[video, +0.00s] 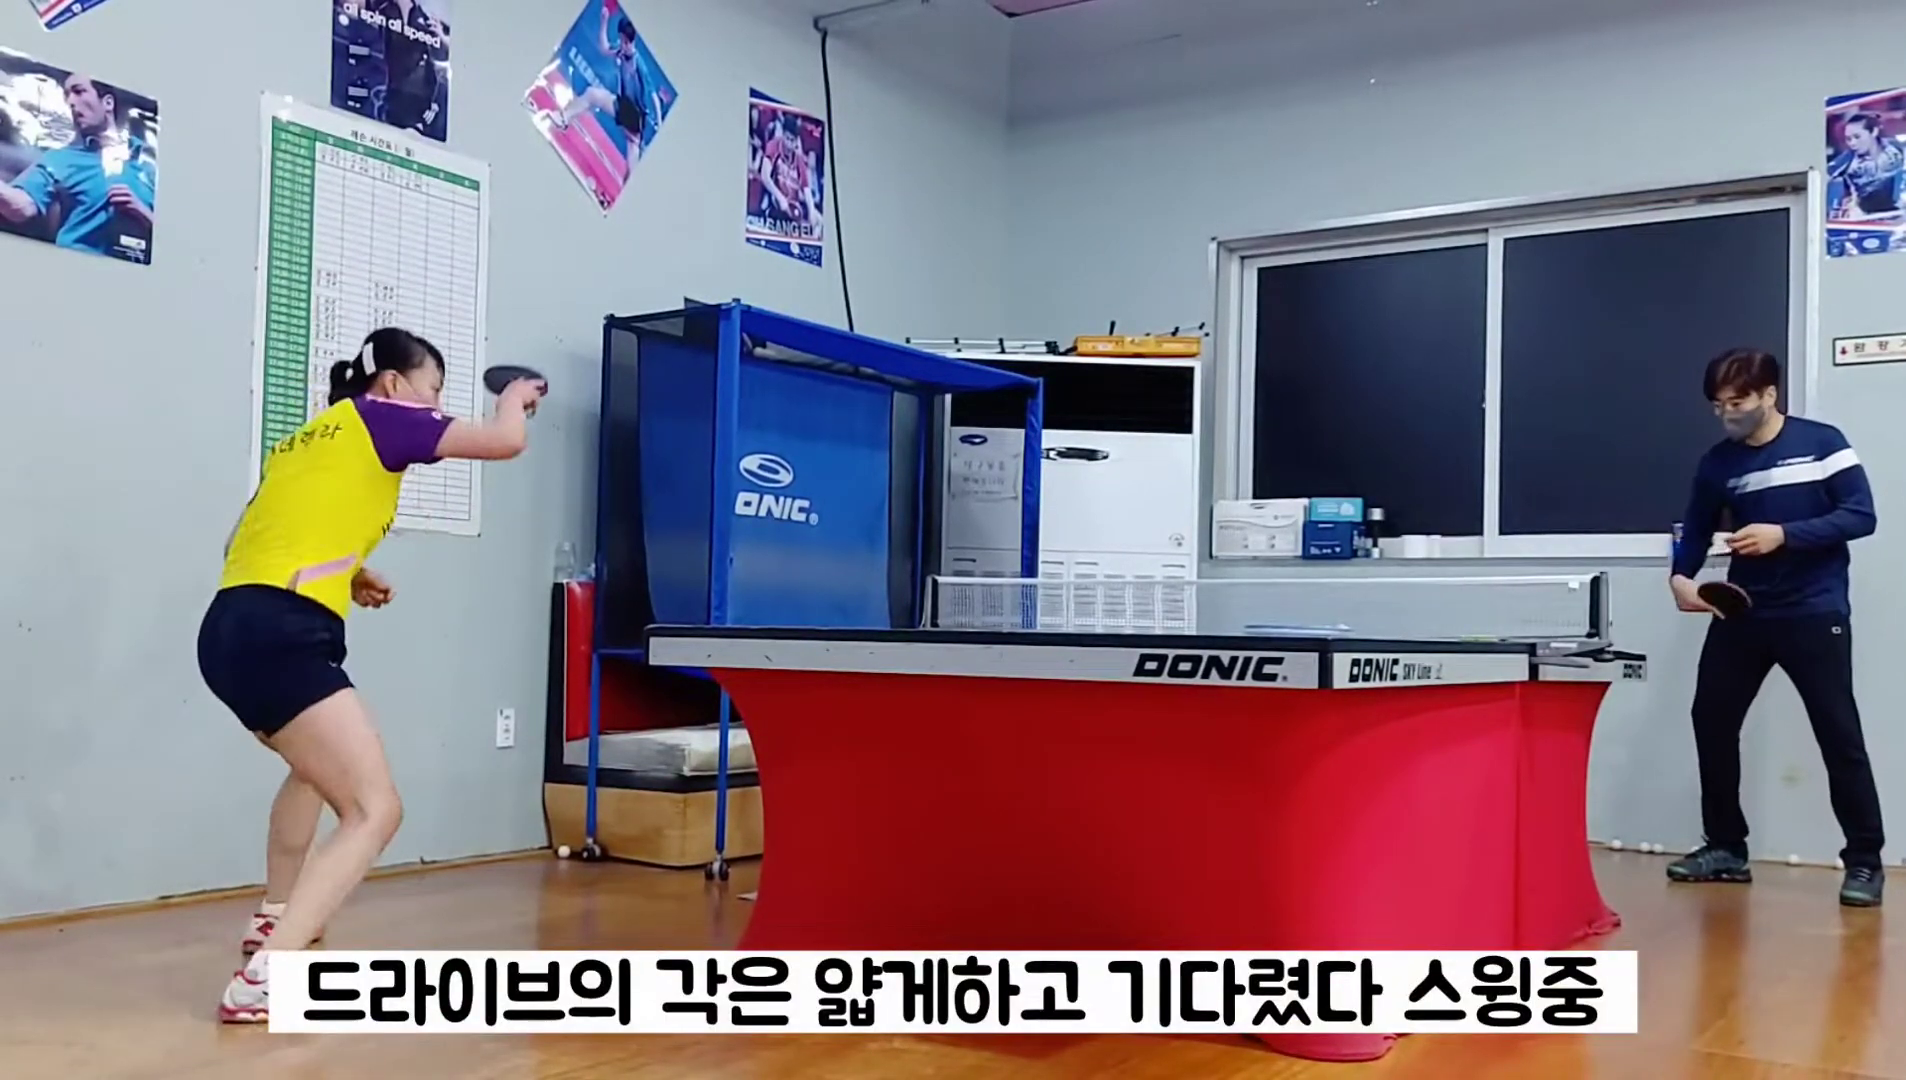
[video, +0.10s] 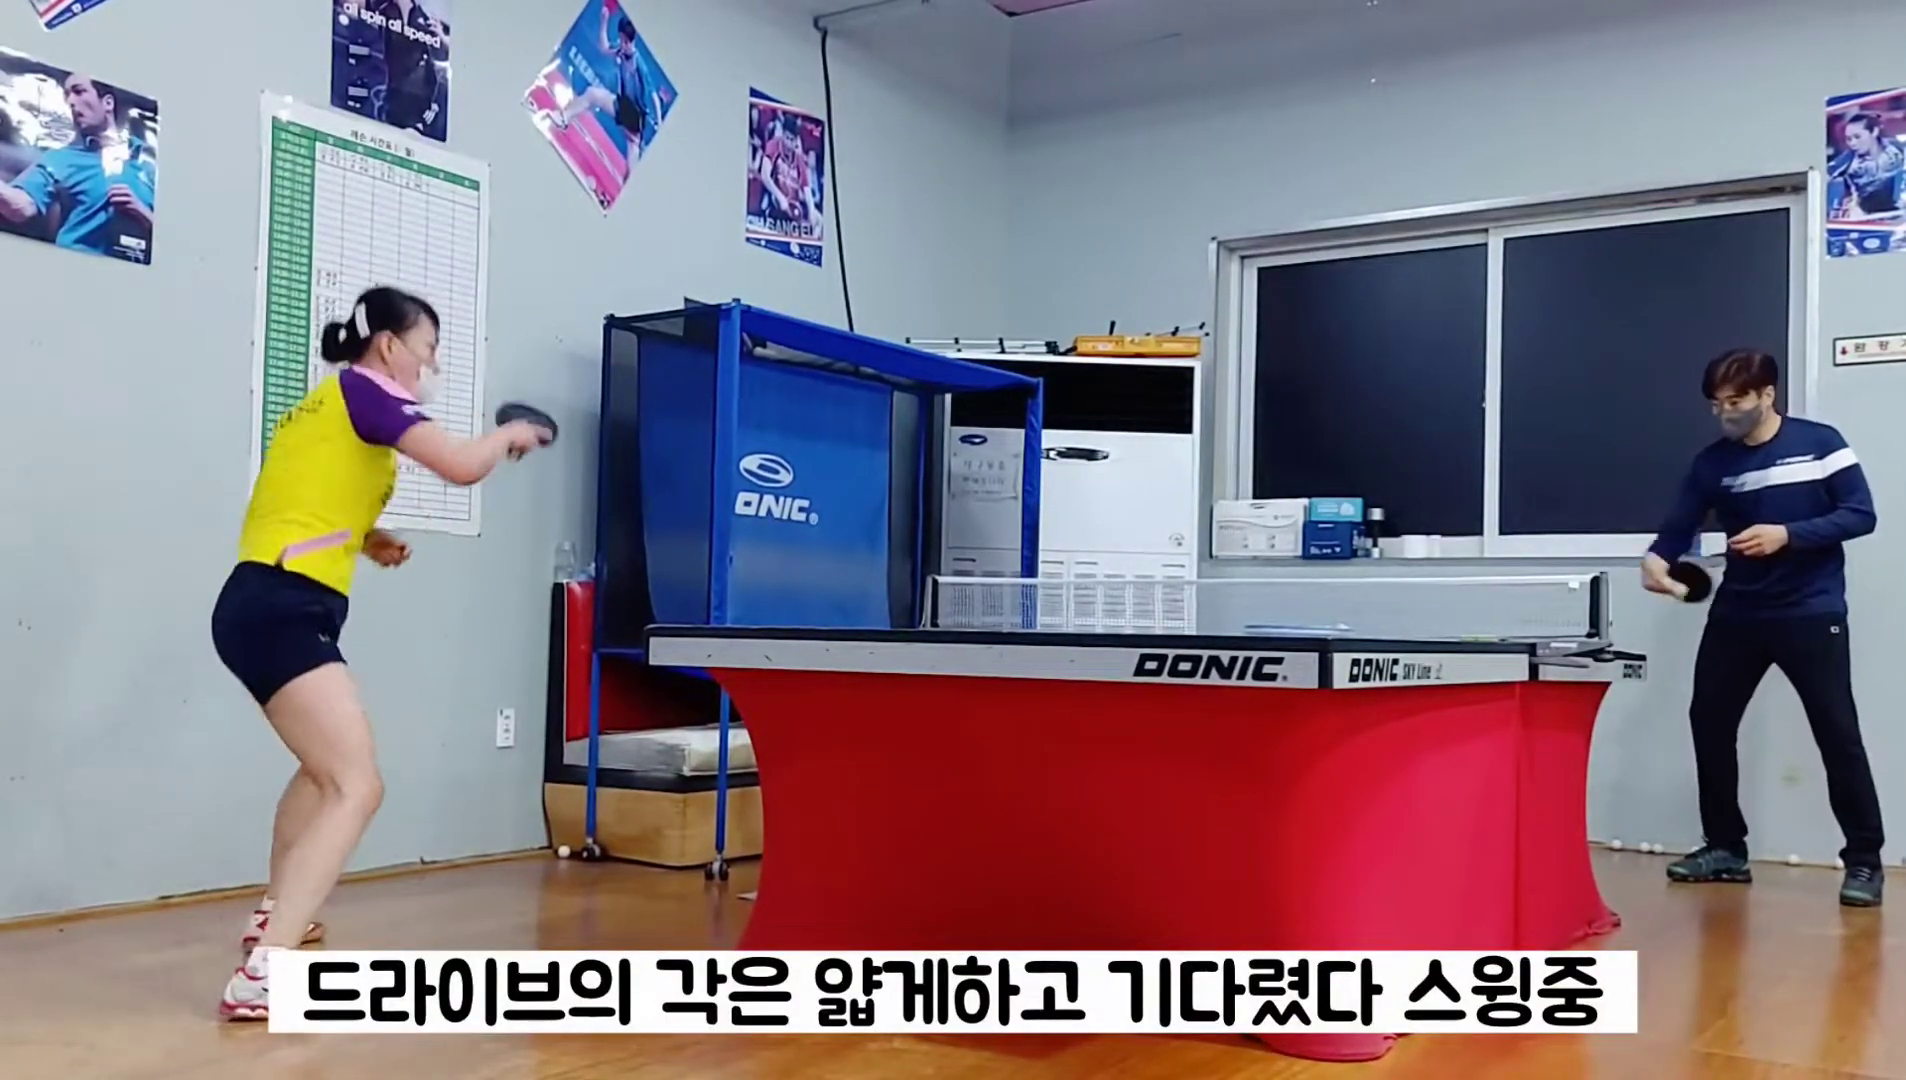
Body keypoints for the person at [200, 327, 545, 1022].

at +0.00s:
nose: (434, 406)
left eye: (437, 395)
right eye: (431, 392)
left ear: (372, 386)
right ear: (391, 381)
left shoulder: (303, 439)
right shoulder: (383, 418)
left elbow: (274, 527)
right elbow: (505, 441)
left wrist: (348, 570)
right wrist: (515, 398)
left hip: (228, 632)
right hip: (281, 632)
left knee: (310, 772)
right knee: (374, 810)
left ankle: (275, 919)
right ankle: (270, 976)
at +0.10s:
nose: (433, 365)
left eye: (435, 352)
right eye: (427, 350)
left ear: (374, 344)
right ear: (384, 342)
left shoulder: (322, 402)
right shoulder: (362, 393)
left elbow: (300, 494)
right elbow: (463, 465)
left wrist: (365, 537)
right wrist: (508, 434)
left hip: (255, 608)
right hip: (284, 612)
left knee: (323, 770)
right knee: (358, 788)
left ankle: (279, 912)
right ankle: (267, 970)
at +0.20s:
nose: (429, 339)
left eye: (429, 326)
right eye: (421, 324)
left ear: (380, 330)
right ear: (376, 326)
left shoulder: (369, 398)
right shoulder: (334, 382)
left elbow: (348, 497)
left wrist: (395, 523)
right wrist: (455, 512)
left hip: (319, 606)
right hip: (270, 601)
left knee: (351, 766)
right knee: (346, 764)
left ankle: (266, 890)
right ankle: (275, 955)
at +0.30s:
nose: (417, 365)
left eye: (417, 351)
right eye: (406, 351)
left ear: (376, 360)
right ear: (358, 359)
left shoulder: (404, 442)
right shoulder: (286, 438)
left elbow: (379, 518)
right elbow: (232, 549)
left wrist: (404, 538)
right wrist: (274, 611)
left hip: (346, 633)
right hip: (267, 628)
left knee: (357, 801)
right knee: (346, 770)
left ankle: (260, 896)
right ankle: (280, 963)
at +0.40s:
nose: (404, 410)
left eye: (405, 395)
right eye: (390, 396)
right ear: (338, 408)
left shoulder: (409, 480)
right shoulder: (267, 482)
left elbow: (420, 560)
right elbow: (184, 573)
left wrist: (402, 583)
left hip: (349, 662)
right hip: (264, 649)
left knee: (364, 832)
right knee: (341, 765)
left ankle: (260, 900)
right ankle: (281, 964)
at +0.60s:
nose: (398, 392)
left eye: (402, 378)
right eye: (385, 377)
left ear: (399, 386)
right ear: (333, 383)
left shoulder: (408, 465)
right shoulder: (265, 454)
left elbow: (413, 552)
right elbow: (178, 528)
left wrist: (389, 564)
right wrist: (73, 539)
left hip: (341, 648)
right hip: (260, 633)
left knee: (358, 815)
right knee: (332, 762)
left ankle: (259, 901)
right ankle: (281, 962)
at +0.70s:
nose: (415, 355)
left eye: (420, 342)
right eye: (404, 338)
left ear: (409, 349)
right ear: (355, 336)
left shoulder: (394, 425)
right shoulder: (291, 398)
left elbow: (371, 516)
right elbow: (216, 492)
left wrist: (386, 523)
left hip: (324, 612)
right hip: (259, 599)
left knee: (352, 771)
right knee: (325, 757)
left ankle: (268, 893)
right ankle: (276, 962)